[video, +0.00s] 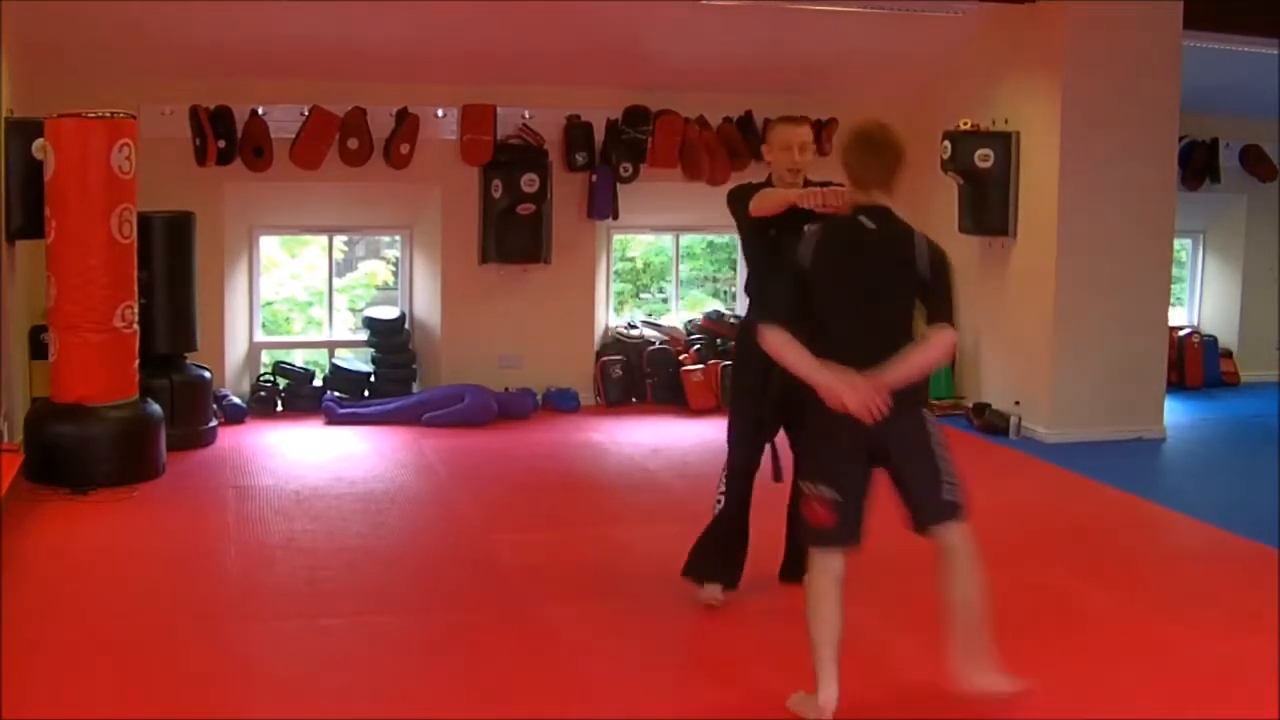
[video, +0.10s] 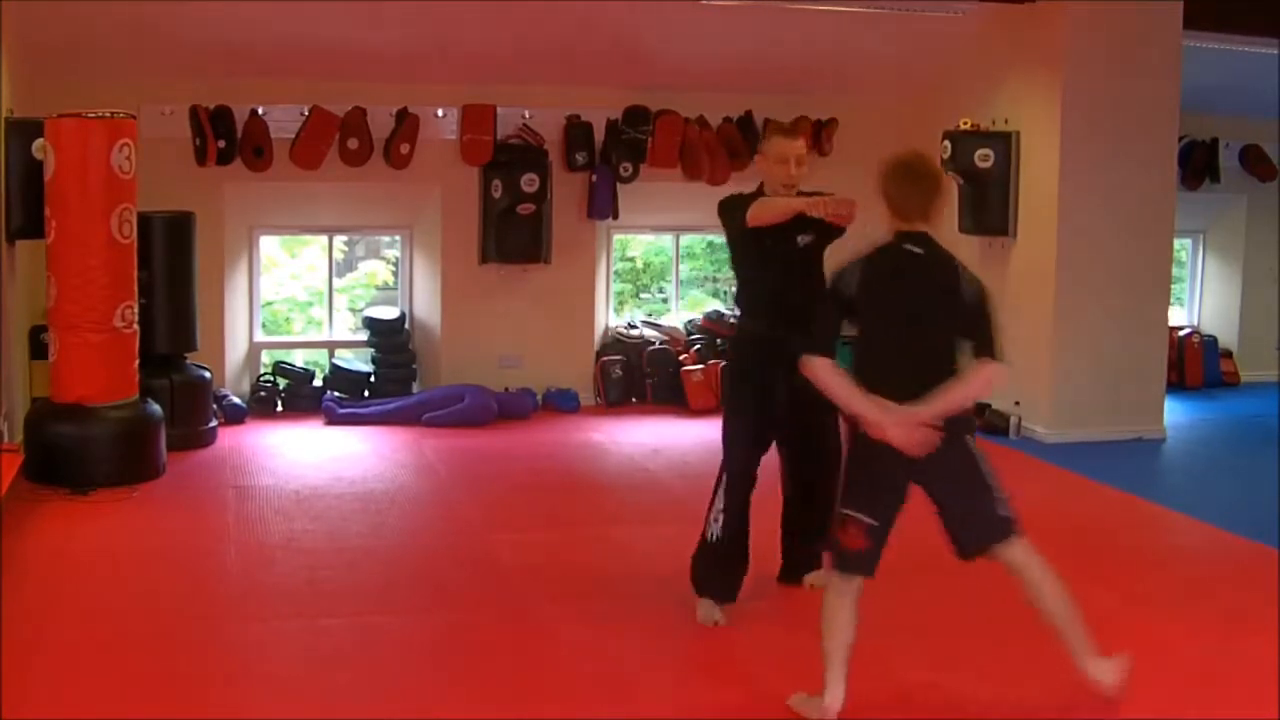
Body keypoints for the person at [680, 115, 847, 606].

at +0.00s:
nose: (794, 157)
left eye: (802, 149)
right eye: (784, 149)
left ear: (815, 152)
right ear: (765, 154)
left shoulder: (832, 197)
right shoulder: (747, 195)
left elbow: (876, 208)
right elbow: (751, 206)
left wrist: (849, 201)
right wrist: (802, 197)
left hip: (819, 342)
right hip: (762, 340)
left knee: (812, 457)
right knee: (742, 460)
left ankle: (801, 561)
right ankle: (716, 570)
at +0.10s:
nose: (793, 170)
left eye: (799, 162)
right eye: (784, 162)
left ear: (807, 163)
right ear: (760, 162)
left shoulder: (816, 210)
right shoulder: (735, 207)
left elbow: (847, 211)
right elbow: (762, 214)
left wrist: (801, 208)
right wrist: (809, 203)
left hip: (810, 354)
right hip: (756, 353)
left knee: (814, 464)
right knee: (738, 470)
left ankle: (802, 563)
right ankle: (712, 585)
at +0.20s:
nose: (793, 173)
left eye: (799, 164)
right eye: (783, 163)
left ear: (803, 166)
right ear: (757, 164)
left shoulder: (811, 206)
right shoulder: (731, 209)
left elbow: (864, 215)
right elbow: (773, 219)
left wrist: (819, 216)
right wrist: (830, 210)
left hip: (804, 358)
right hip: (752, 359)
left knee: (821, 467)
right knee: (735, 478)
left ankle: (800, 559)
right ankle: (718, 593)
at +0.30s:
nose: (802, 163)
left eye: (806, 154)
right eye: (792, 153)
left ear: (808, 158)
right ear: (762, 154)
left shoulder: (809, 199)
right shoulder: (737, 202)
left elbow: (846, 208)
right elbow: (791, 211)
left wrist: (874, 210)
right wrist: (866, 205)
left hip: (808, 351)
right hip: (757, 351)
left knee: (825, 461)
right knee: (738, 471)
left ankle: (804, 559)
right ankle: (718, 591)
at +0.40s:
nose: (819, 162)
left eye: (821, 153)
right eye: (810, 152)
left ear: (817, 156)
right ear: (776, 152)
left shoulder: (815, 204)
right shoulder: (754, 202)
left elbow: (871, 208)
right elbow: (830, 202)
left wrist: (926, 198)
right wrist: (917, 196)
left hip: (814, 352)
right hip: (765, 351)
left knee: (839, 464)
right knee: (740, 473)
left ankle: (821, 577)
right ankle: (717, 592)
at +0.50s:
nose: (836, 171)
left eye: (838, 160)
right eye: (828, 160)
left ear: (813, 163)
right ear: (795, 160)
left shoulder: (824, 207)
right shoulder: (775, 210)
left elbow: (893, 209)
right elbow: (875, 211)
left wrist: (953, 201)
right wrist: (956, 200)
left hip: (822, 361)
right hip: (780, 359)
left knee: (849, 478)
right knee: (744, 478)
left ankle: (842, 604)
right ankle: (715, 594)